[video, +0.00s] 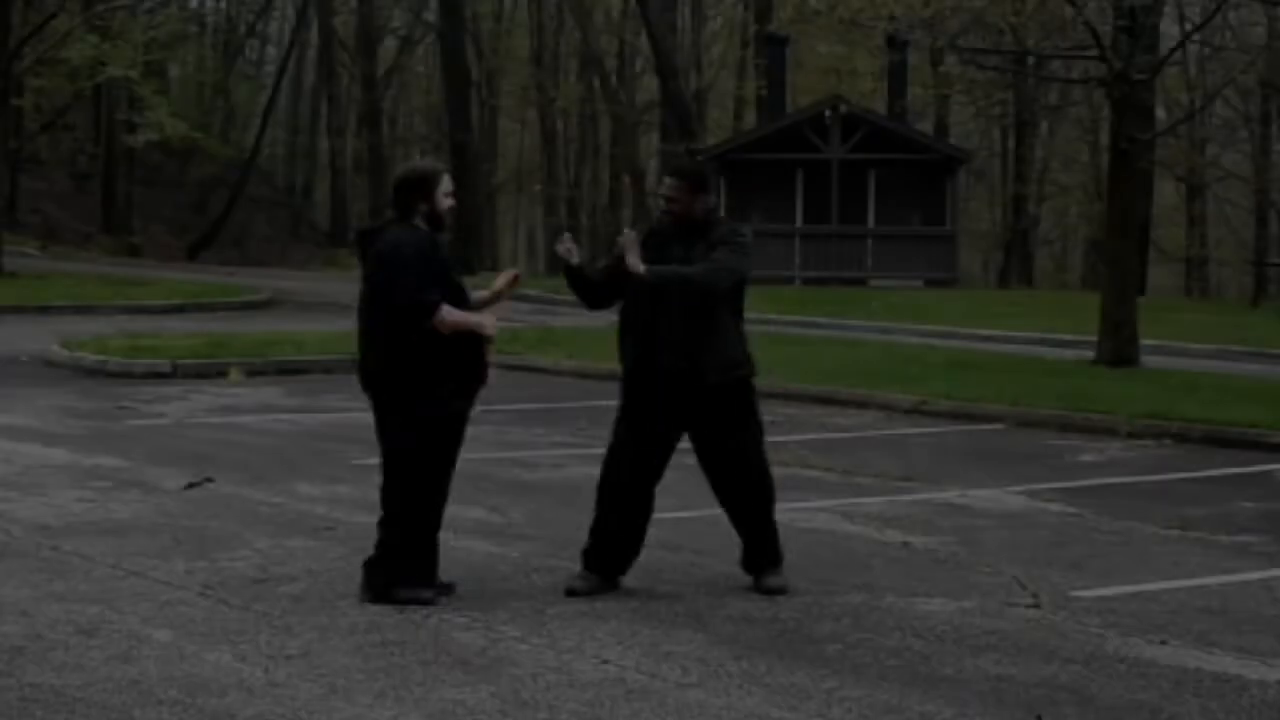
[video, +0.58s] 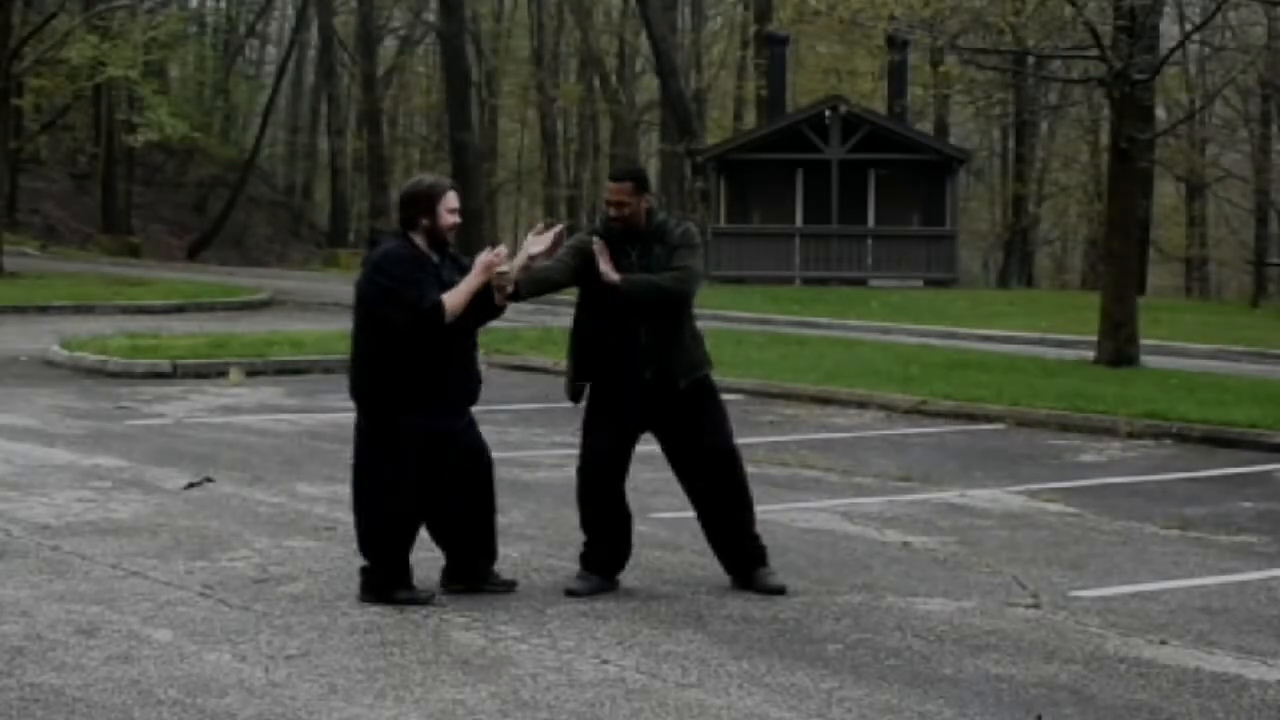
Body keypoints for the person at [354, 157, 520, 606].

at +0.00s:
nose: (452, 203)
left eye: (452, 195)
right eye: (446, 195)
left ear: (419, 200)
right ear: (423, 200)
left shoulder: (416, 243)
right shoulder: (410, 246)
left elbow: (442, 303)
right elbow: (430, 313)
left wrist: (488, 297)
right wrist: (478, 323)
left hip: (423, 382)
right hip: (414, 384)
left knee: (423, 480)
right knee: (414, 481)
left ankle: (416, 574)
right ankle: (397, 579)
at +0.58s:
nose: (458, 220)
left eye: (458, 212)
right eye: (450, 212)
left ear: (439, 216)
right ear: (423, 216)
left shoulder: (444, 260)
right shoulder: (392, 262)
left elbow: (475, 310)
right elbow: (427, 317)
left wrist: (522, 261)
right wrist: (476, 278)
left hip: (442, 403)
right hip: (394, 407)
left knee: (470, 474)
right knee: (391, 492)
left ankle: (469, 569)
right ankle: (385, 579)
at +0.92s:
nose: (488, 226)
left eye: (488, 218)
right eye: (480, 218)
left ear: (462, 224)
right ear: (453, 222)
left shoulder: (465, 264)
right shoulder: (431, 265)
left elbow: (493, 316)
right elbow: (491, 308)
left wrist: (540, 321)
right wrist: (531, 265)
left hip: (464, 405)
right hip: (426, 407)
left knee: (491, 482)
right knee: (411, 494)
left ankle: (511, 562)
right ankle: (386, 580)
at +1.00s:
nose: (500, 223)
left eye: (500, 215)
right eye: (493, 216)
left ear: (468, 223)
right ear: (468, 221)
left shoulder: (472, 263)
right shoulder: (452, 263)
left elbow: (507, 311)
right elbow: (523, 287)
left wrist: (554, 332)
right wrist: (569, 248)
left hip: (477, 402)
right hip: (441, 405)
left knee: (502, 481)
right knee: (423, 493)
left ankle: (512, 564)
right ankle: (386, 579)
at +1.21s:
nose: (534, 215)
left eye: (532, 208)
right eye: (527, 208)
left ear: (497, 215)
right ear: (504, 215)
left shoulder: (467, 253)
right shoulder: (503, 252)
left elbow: (501, 298)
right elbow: (570, 240)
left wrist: (549, 307)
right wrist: (614, 197)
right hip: (492, 395)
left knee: (515, 480)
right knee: (452, 482)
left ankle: (514, 565)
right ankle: (395, 565)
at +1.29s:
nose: (542, 213)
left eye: (541, 205)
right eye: (535, 206)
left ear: (502, 213)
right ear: (511, 212)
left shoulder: (480, 251)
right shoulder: (512, 248)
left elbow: (505, 313)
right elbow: (582, 236)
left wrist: (555, 303)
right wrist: (620, 203)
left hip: (499, 387)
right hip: (501, 391)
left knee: (517, 477)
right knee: (466, 478)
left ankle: (514, 566)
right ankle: (411, 566)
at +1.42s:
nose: (554, 213)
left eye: (553, 205)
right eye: (548, 206)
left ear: (514, 211)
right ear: (525, 210)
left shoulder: (480, 248)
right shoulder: (537, 248)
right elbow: (592, 263)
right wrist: (637, 257)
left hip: (481, 383)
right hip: (525, 387)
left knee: (519, 473)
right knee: (493, 477)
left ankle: (513, 564)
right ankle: (444, 569)